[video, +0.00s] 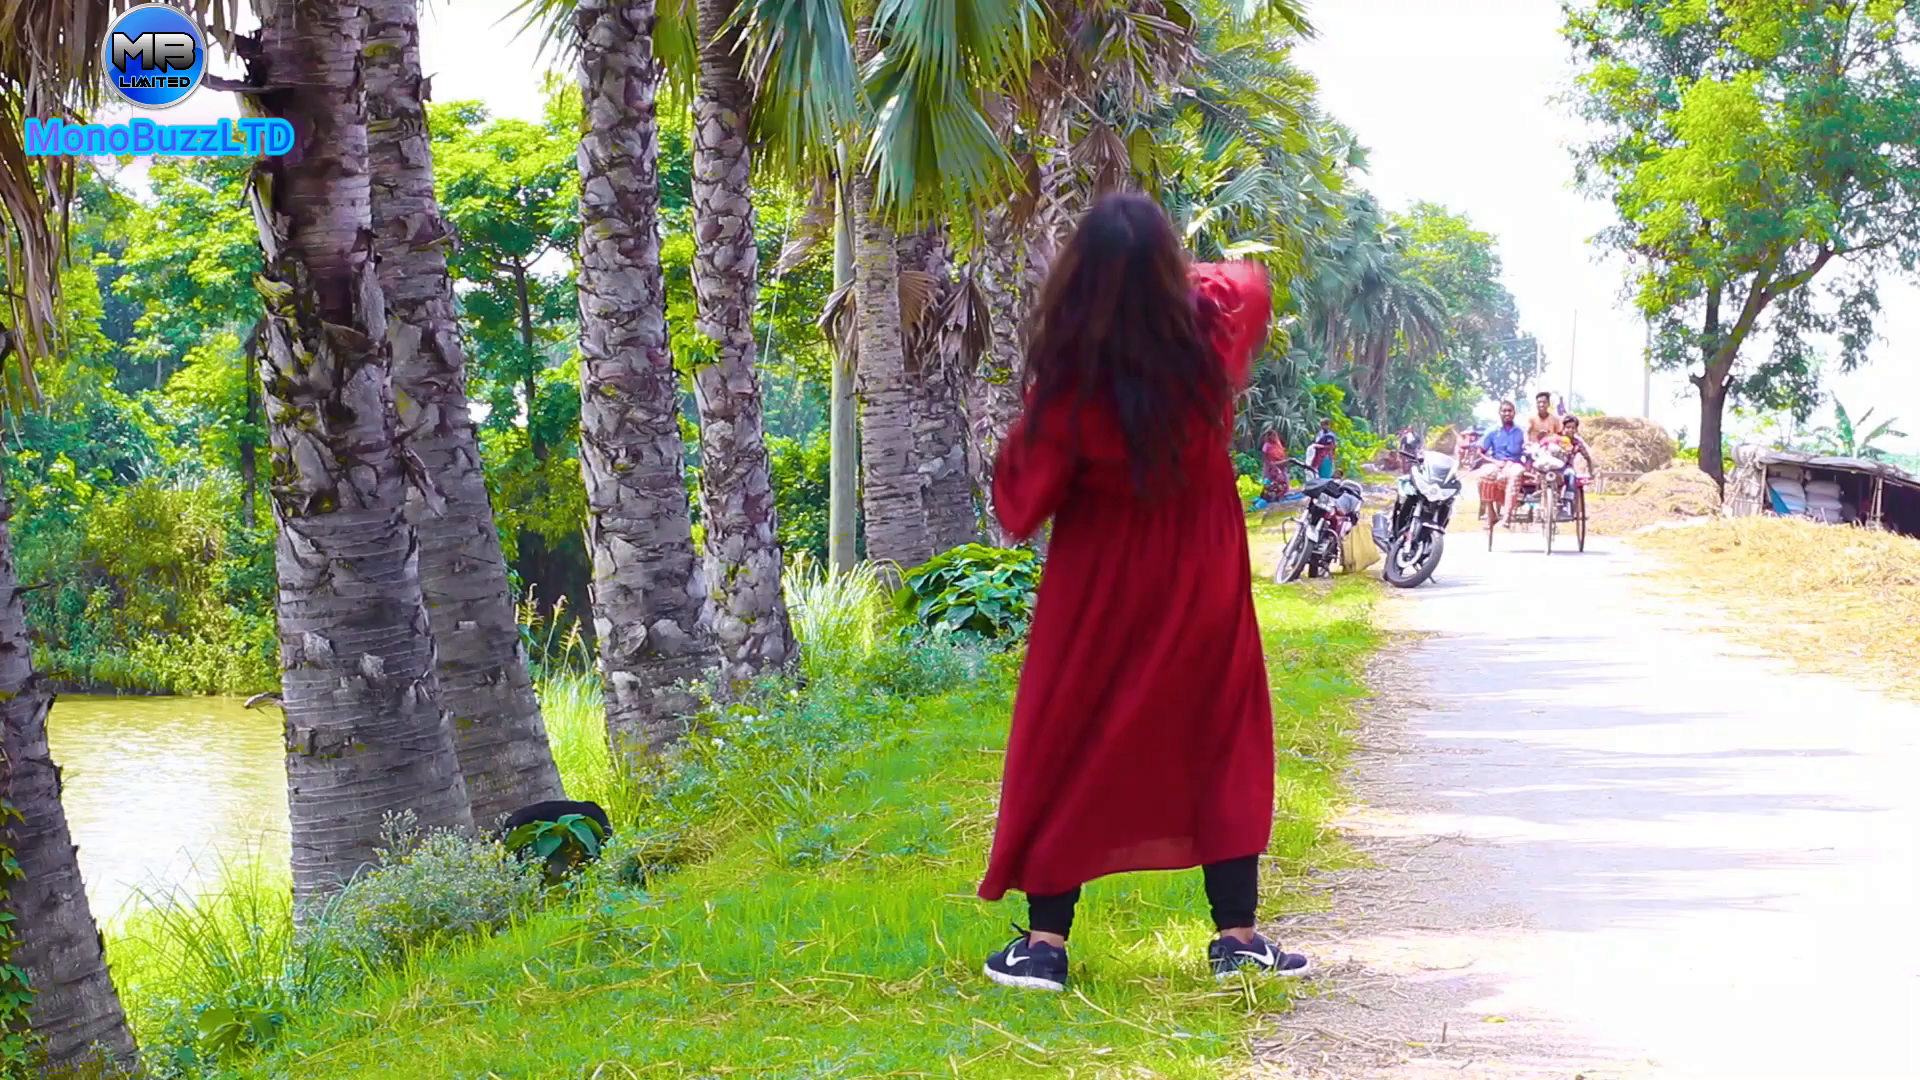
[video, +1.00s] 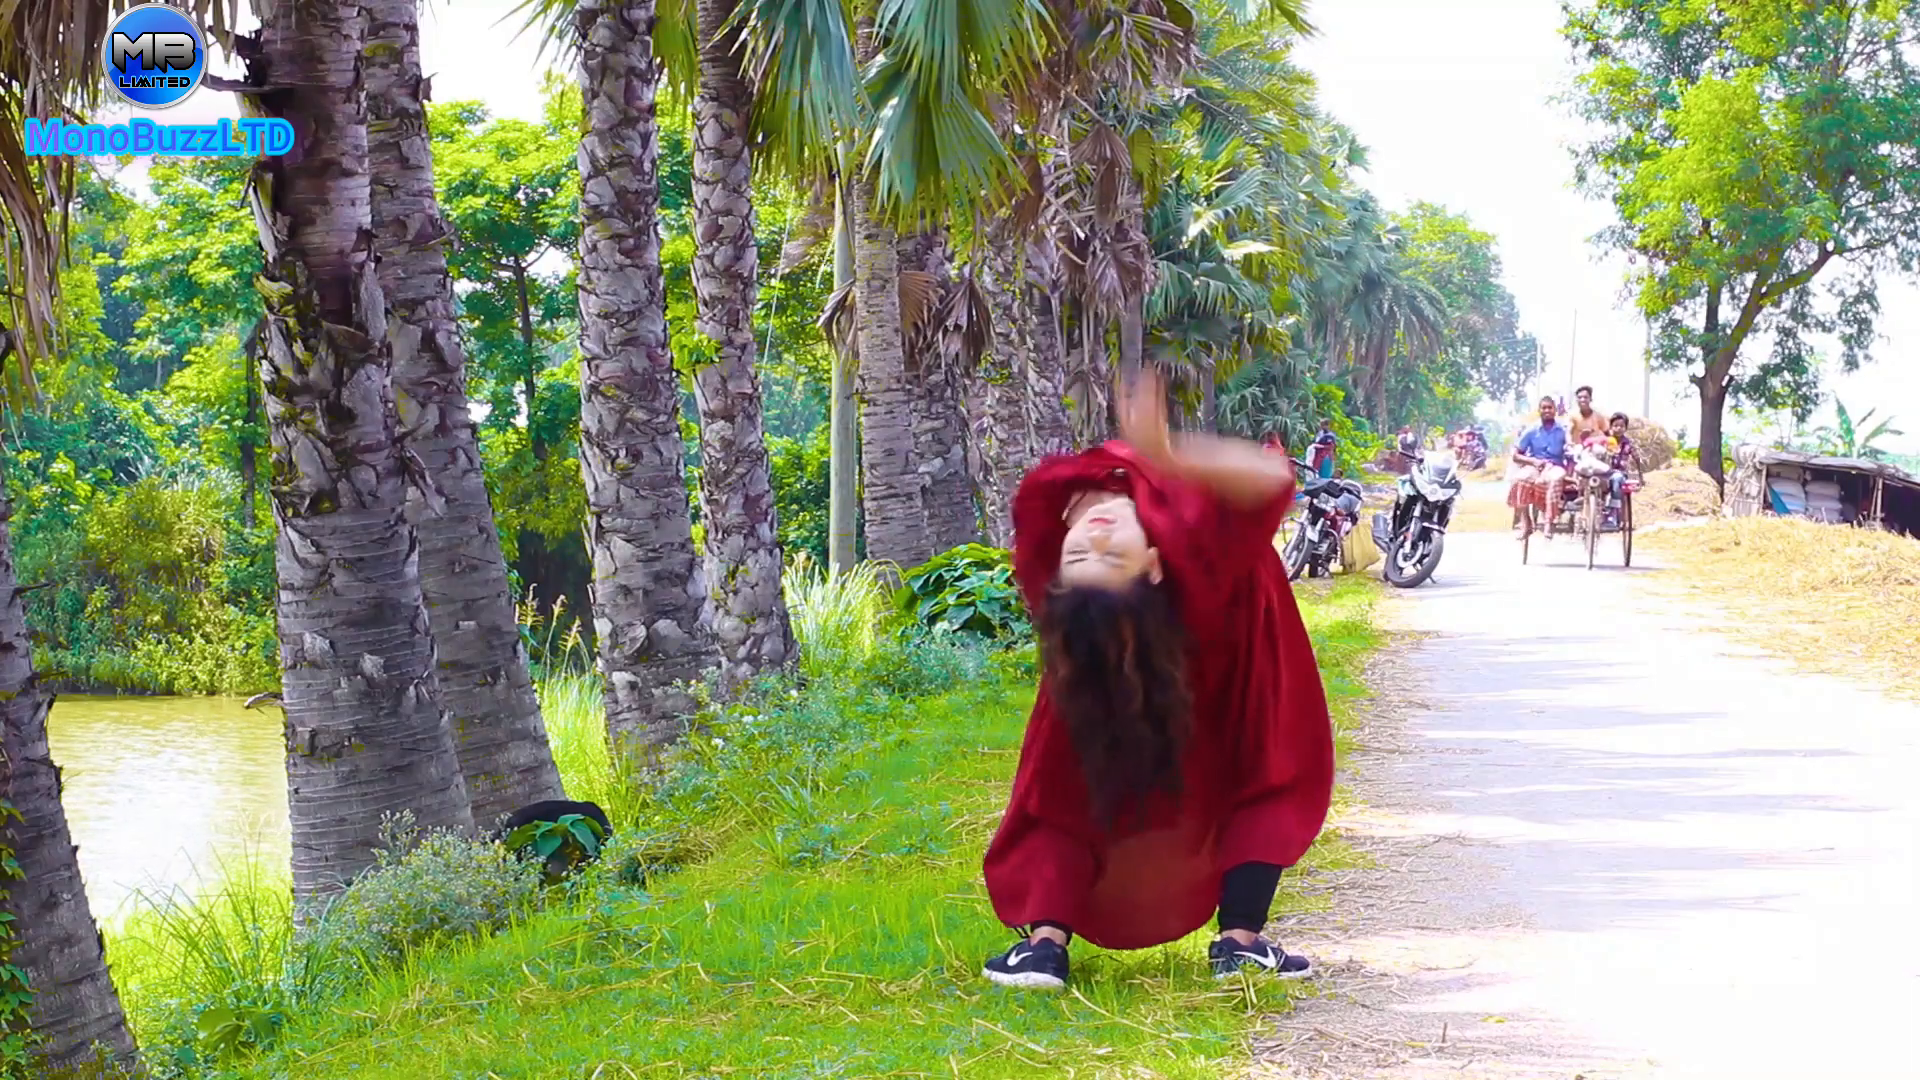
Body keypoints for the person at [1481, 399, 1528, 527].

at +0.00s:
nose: (1507, 413)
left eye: (1510, 410)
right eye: (1504, 410)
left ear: (1514, 413)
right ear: (1500, 413)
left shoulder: (1520, 432)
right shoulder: (1494, 432)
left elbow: (1526, 451)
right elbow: (1479, 450)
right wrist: (1494, 461)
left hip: (1514, 462)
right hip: (1496, 461)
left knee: (1516, 473)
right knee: (1482, 474)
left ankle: (1507, 514)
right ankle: (1489, 513)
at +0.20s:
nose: (1513, 413)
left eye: (1515, 410)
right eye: (1510, 410)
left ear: (1520, 412)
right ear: (1506, 413)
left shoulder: (1527, 433)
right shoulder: (1500, 434)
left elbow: (1533, 452)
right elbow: (1487, 453)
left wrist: (1536, 469)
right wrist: (1501, 462)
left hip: (1521, 463)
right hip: (1503, 462)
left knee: (1525, 474)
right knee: (1492, 474)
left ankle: (1517, 514)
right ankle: (1496, 514)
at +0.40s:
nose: (1520, 412)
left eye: (1523, 409)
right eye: (1517, 410)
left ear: (1528, 411)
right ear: (1513, 412)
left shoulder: (1536, 433)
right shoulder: (1508, 433)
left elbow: (1542, 453)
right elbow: (1495, 454)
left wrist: (1543, 469)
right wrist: (1508, 462)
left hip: (1529, 463)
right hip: (1511, 462)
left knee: (1531, 477)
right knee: (1498, 477)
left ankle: (1525, 516)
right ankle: (1503, 516)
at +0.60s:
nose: (1529, 412)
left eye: (1532, 409)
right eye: (1526, 410)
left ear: (1537, 412)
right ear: (1522, 413)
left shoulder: (1545, 434)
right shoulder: (1516, 435)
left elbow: (1552, 454)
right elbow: (1502, 455)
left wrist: (1552, 472)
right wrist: (1518, 462)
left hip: (1538, 465)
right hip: (1520, 463)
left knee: (1539, 478)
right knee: (1505, 476)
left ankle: (1534, 518)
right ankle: (1509, 515)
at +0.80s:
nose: (1538, 412)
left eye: (1541, 408)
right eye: (1535, 409)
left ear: (1546, 411)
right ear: (1531, 412)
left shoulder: (1553, 433)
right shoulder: (1525, 434)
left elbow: (1561, 456)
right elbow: (1509, 455)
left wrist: (1561, 474)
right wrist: (1526, 460)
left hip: (1546, 466)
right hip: (1527, 465)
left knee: (1547, 478)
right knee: (1514, 477)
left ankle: (1541, 520)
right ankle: (1516, 517)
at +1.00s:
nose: (1547, 411)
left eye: (1550, 407)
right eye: (1543, 408)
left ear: (1555, 410)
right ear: (1539, 411)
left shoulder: (1562, 432)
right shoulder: (1532, 431)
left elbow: (1569, 453)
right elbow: (1516, 455)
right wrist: (1533, 461)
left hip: (1555, 465)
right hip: (1534, 464)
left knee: (1555, 481)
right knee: (1520, 480)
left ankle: (1549, 522)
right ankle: (1524, 522)